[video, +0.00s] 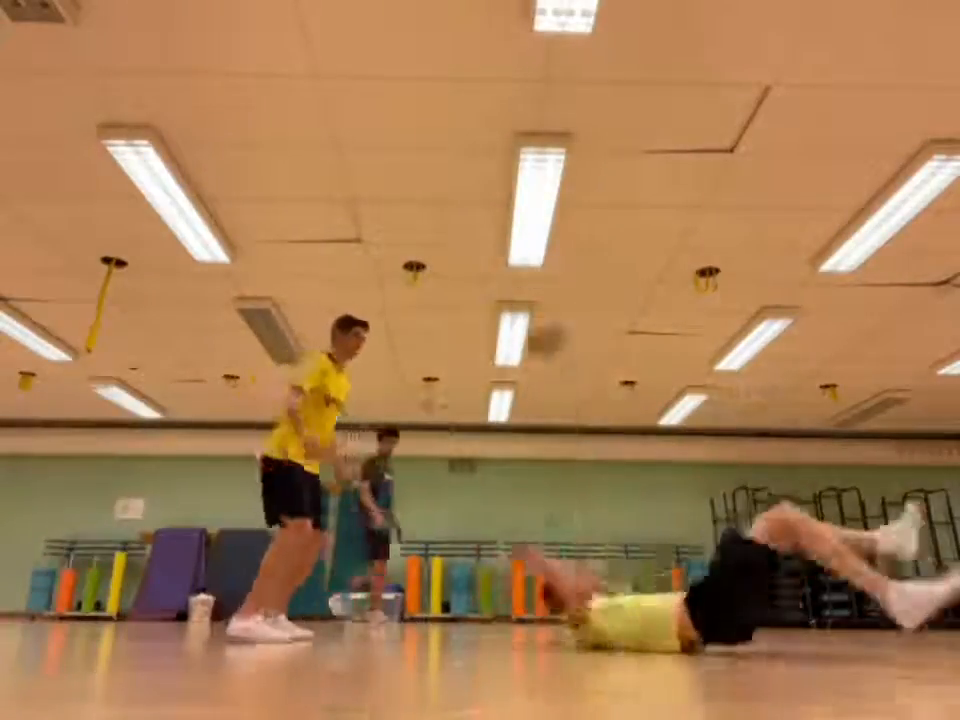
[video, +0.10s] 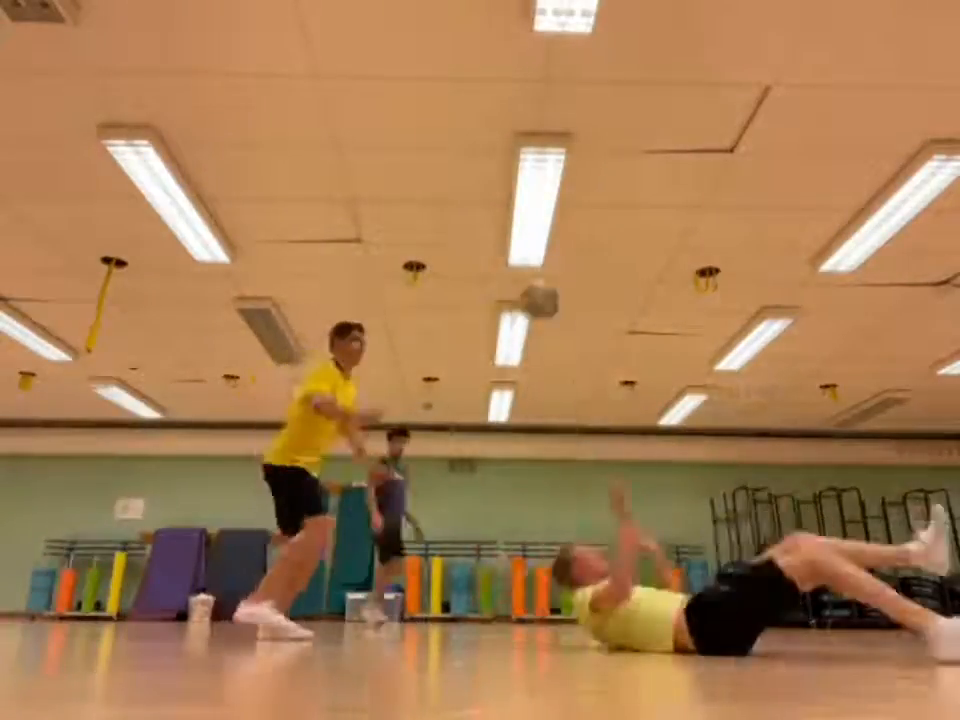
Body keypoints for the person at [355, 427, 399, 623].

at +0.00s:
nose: (390, 448)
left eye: (393, 443)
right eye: (387, 443)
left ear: (394, 445)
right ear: (380, 442)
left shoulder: (387, 467)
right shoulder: (372, 465)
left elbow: (388, 501)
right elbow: (365, 492)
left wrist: (395, 522)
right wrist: (375, 513)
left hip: (383, 519)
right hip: (374, 519)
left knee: (380, 564)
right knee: (378, 565)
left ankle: (376, 607)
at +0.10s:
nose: (399, 448)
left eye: (402, 443)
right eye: (396, 443)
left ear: (405, 446)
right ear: (389, 443)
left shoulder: (401, 469)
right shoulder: (379, 467)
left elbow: (400, 502)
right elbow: (370, 492)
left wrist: (412, 522)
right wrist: (374, 513)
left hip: (396, 518)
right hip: (385, 518)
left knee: (388, 564)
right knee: (392, 562)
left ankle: (378, 605)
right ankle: (374, 604)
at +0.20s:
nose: (409, 451)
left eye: (412, 446)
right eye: (406, 446)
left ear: (415, 448)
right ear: (399, 446)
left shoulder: (413, 472)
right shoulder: (390, 467)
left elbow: (413, 504)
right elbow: (377, 488)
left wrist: (430, 522)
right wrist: (379, 513)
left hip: (405, 526)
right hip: (391, 525)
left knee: (402, 569)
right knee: (405, 567)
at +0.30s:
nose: (418, 451)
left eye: (422, 447)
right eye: (415, 446)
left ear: (425, 449)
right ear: (409, 447)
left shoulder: (424, 474)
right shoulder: (400, 469)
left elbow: (426, 504)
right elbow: (388, 494)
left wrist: (442, 523)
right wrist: (384, 522)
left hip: (418, 527)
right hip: (404, 526)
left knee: (420, 567)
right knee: (411, 567)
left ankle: (419, 609)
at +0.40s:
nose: (428, 451)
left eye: (431, 446)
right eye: (424, 446)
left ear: (434, 449)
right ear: (418, 448)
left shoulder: (435, 474)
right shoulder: (410, 470)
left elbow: (437, 503)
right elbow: (399, 495)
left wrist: (451, 523)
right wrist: (393, 522)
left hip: (431, 528)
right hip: (418, 527)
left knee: (430, 570)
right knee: (428, 570)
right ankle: (434, 612)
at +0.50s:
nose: (443, 451)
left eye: (443, 445)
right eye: (439, 446)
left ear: (443, 448)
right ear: (432, 448)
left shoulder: (443, 473)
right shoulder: (426, 471)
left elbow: (444, 502)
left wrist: (456, 523)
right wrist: (419, 522)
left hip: (442, 524)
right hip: (429, 524)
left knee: (445, 567)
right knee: (436, 567)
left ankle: (436, 609)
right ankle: (435, 611)